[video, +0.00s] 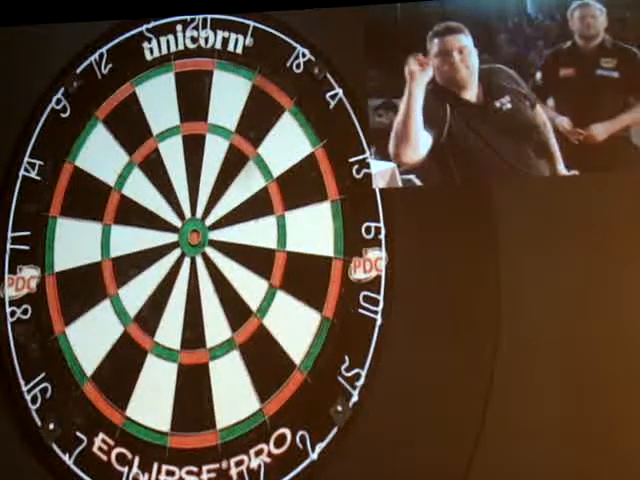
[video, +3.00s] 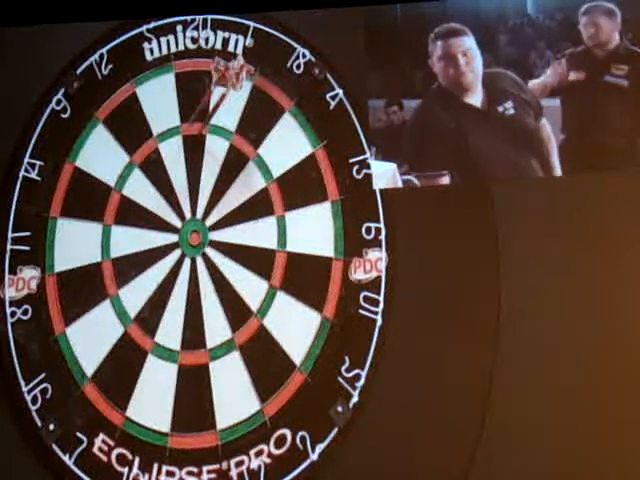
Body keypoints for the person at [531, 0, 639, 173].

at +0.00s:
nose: (588, 22)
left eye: (593, 17)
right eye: (581, 17)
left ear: (605, 21)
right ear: (570, 23)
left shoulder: (628, 57)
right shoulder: (555, 59)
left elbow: (637, 107)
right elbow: (534, 99)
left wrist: (607, 128)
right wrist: (556, 120)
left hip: (615, 154)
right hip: (567, 155)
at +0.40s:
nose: (568, 23)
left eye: (574, 18)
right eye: (562, 19)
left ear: (585, 23)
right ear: (551, 24)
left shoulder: (605, 60)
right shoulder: (532, 59)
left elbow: (626, 105)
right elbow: (519, 103)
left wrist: (582, 126)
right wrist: (544, 126)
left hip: (594, 156)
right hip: (545, 154)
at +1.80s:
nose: (577, 24)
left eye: (585, 20)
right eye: (574, 19)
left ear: (607, 24)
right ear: (569, 23)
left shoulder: (630, 61)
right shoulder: (556, 60)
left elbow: (637, 111)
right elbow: (536, 99)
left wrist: (607, 123)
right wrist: (547, 114)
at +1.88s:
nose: (575, 24)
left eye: (584, 19)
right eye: (574, 19)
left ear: (607, 24)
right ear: (570, 22)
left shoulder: (631, 60)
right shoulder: (558, 60)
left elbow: (637, 112)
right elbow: (542, 101)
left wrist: (611, 126)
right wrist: (554, 117)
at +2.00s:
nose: (571, 24)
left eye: (580, 19)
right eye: (572, 19)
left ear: (606, 24)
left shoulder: (631, 61)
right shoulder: (564, 59)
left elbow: (638, 121)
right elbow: (530, 95)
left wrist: (623, 144)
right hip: (571, 163)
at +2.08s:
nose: (570, 25)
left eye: (579, 19)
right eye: (571, 19)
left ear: (606, 24)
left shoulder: (632, 61)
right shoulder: (563, 59)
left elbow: (636, 114)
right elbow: (528, 94)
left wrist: (630, 148)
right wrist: (541, 74)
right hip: (571, 163)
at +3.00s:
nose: (590, 30)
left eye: (596, 23)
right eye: (585, 25)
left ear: (616, 24)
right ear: (579, 30)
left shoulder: (633, 60)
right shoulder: (569, 61)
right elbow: (531, 91)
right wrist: (549, 82)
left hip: (625, 159)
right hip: (578, 160)